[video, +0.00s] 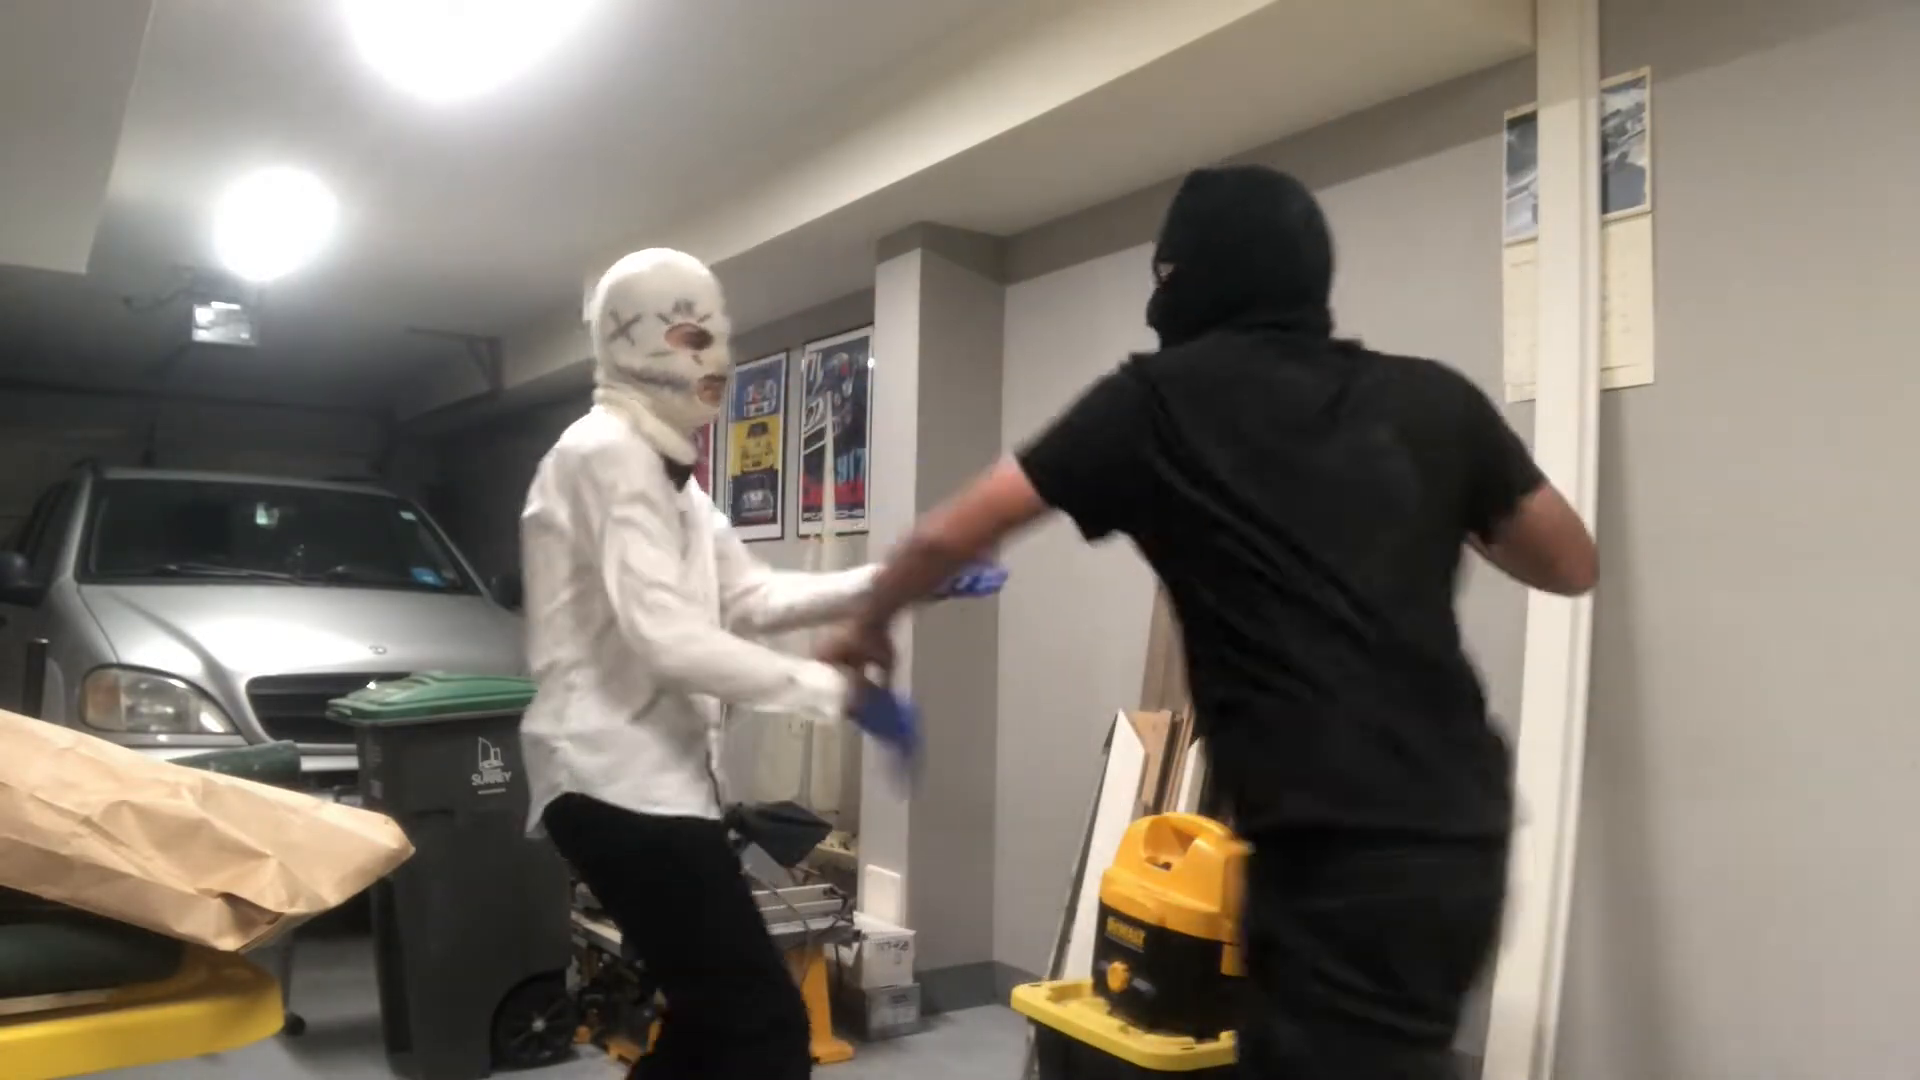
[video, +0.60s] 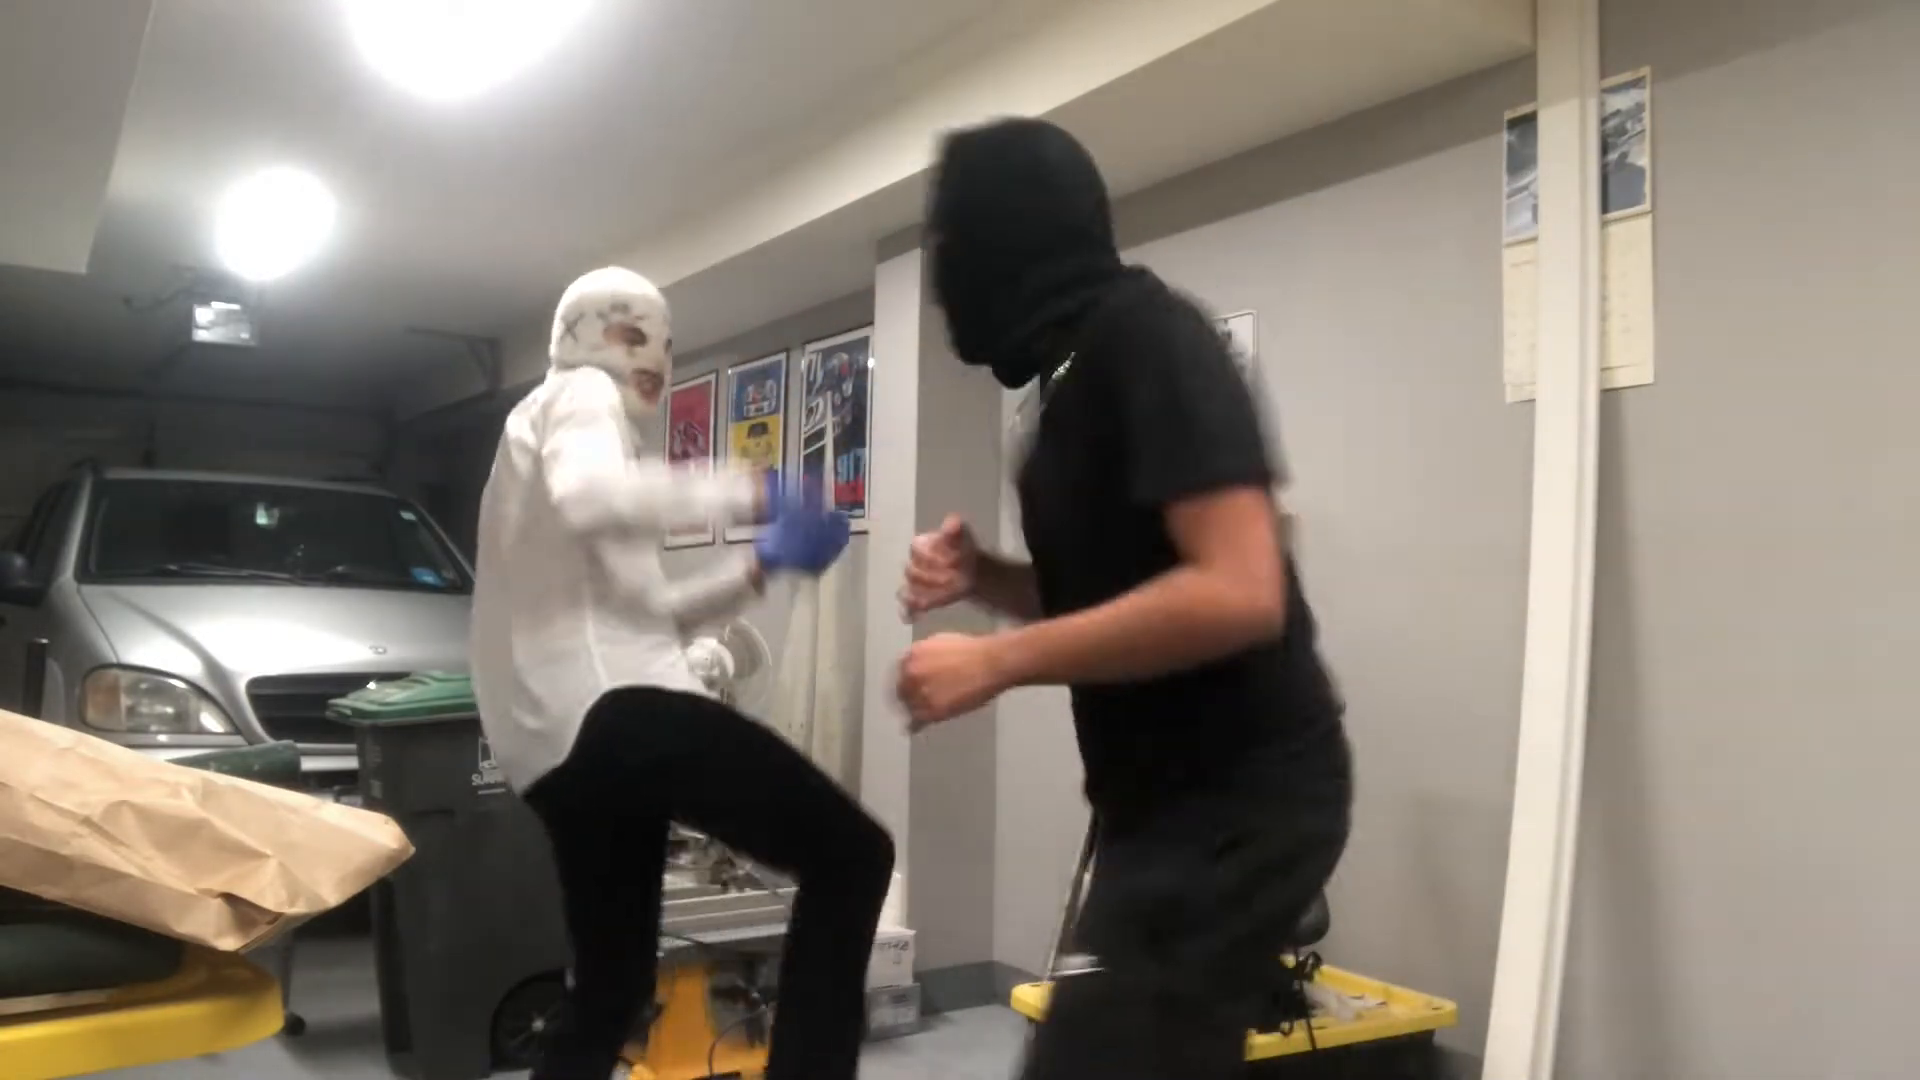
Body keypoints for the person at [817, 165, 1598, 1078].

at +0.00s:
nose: (1157, 288)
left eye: (1164, 268)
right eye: (1163, 267)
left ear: (1186, 276)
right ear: (1313, 275)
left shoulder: (1154, 399)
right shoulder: (1428, 399)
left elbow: (948, 537)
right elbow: (1573, 565)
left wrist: (871, 615)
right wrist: (1460, 492)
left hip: (1317, 839)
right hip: (1459, 830)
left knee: (1330, 1058)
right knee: (1393, 1051)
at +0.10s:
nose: (1115, 277)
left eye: (1124, 256)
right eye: (1122, 256)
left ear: (1146, 263)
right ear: (1262, 262)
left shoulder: (1141, 364)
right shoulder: (1369, 398)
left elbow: (952, 492)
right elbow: (1526, 582)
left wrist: (888, 577)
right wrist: (1395, 535)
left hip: (1274, 833)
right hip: (1400, 825)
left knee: (1268, 1055)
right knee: (1306, 1047)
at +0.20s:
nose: (1051, 262)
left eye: (1063, 235)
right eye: (1055, 236)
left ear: (1107, 241)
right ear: (1188, 235)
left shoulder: (1180, 335)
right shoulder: (1257, 355)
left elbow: (1242, 486)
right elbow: (1392, 585)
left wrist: (1059, 602)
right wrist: (1217, 584)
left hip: (1266, 829)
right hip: (1317, 823)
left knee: (1171, 1054)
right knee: (1182, 1052)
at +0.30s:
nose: (996, 283)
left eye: (1014, 251)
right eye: (1001, 253)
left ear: (1082, 261)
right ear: (1094, 266)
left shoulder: (1258, 375)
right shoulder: (1112, 405)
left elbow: (1462, 553)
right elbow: (1121, 574)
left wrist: (1221, 700)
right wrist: (931, 528)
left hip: (1265, 850)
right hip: (1162, 837)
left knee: (1049, 1062)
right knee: (1112, 1060)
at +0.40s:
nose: (957, 305)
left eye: (974, 271)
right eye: (956, 274)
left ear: (1046, 267)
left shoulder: (1246, 396)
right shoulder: (1036, 421)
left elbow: (1379, 647)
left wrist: (1147, 736)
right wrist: (842, 500)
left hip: (1271, 834)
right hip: (1146, 829)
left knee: (1071, 1057)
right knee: (1121, 1057)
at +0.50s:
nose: (927, 302)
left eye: (937, 266)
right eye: (921, 271)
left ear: (1008, 248)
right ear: (1006, 255)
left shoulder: (1216, 349)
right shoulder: (1010, 396)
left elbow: (1274, 628)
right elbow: (901, 560)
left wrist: (1029, 677)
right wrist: (951, 539)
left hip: (1265, 803)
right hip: (1152, 810)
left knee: (1094, 1061)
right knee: (1157, 1059)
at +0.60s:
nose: (935, 274)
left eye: (947, 241)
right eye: (935, 246)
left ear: (1009, 242)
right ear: (1028, 245)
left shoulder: (1147, 334)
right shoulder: (1071, 379)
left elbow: (1245, 590)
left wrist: (1000, 660)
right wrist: (987, 580)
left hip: (1235, 805)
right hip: (1162, 802)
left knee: (1098, 1061)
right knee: (1144, 1060)